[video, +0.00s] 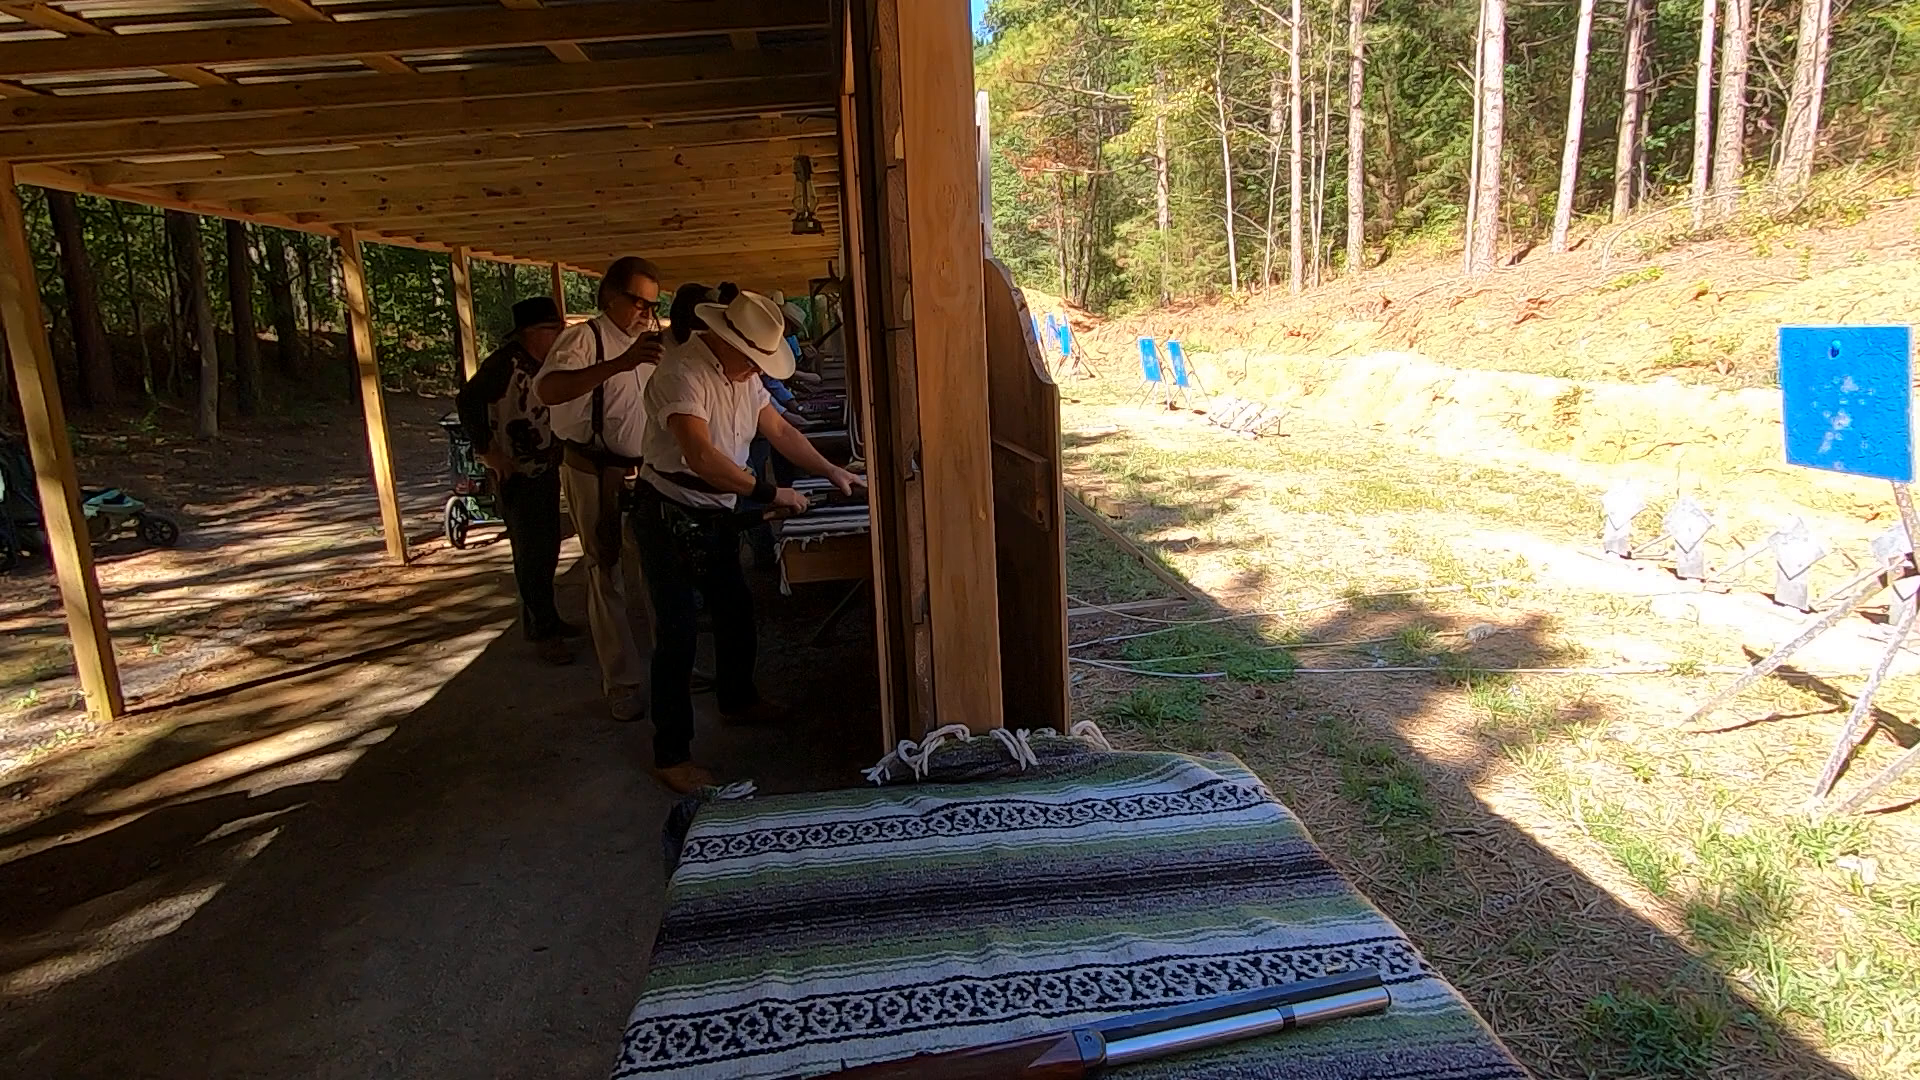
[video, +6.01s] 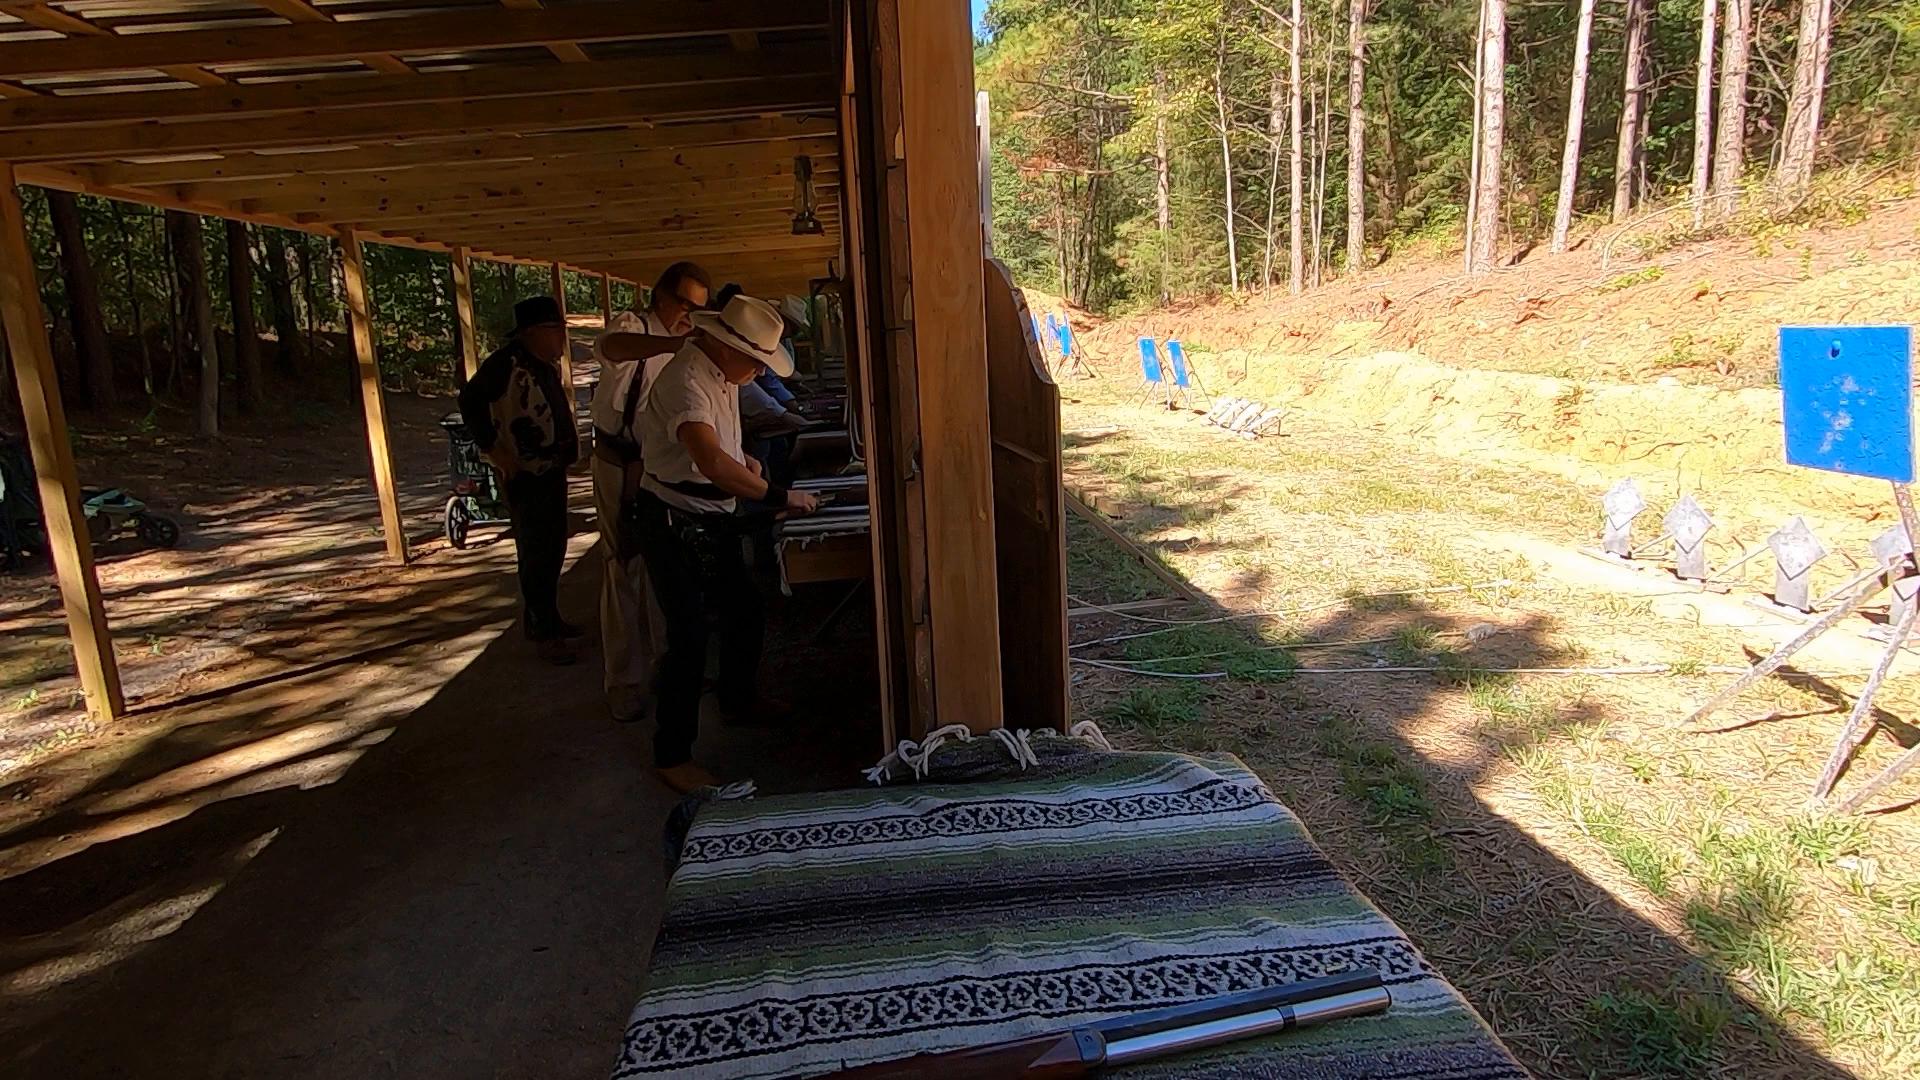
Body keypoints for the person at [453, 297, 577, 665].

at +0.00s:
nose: (556, 337)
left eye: (558, 330)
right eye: (549, 330)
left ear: (556, 332)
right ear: (527, 332)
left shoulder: (554, 364)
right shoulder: (504, 362)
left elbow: (563, 407)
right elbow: (467, 400)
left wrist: (562, 443)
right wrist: (486, 450)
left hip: (547, 470)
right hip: (516, 474)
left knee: (548, 548)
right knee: (530, 551)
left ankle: (546, 620)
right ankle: (542, 631)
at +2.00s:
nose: (560, 339)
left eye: (560, 331)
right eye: (555, 331)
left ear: (544, 332)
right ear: (535, 331)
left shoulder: (546, 364)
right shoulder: (506, 359)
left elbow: (552, 408)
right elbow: (469, 399)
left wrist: (565, 442)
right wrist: (493, 448)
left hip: (550, 472)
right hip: (524, 475)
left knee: (550, 550)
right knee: (535, 553)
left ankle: (548, 621)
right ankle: (541, 630)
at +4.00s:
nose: (563, 337)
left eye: (563, 330)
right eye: (557, 330)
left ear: (546, 333)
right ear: (534, 331)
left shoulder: (546, 366)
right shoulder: (506, 361)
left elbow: (551, 412)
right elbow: (470, 399)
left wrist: (565, 449)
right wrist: (491, 448)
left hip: (551, 473)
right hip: (525, 475)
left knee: (552, 550)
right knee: (536, 552)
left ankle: (549, 620)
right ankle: (541, 630)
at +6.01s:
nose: (564, 339)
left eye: (564, 331)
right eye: (558, 331)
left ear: (545, 333)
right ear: (536, 332)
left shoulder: (545, 365)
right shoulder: (507, 362)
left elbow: (552, 411)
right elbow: (470, 399)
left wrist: (566, 446)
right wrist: (492, 448)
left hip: (551, 472)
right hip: (526, 475)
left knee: (553, 548)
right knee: (536, 551)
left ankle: (547, 621)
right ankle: (542, 630)